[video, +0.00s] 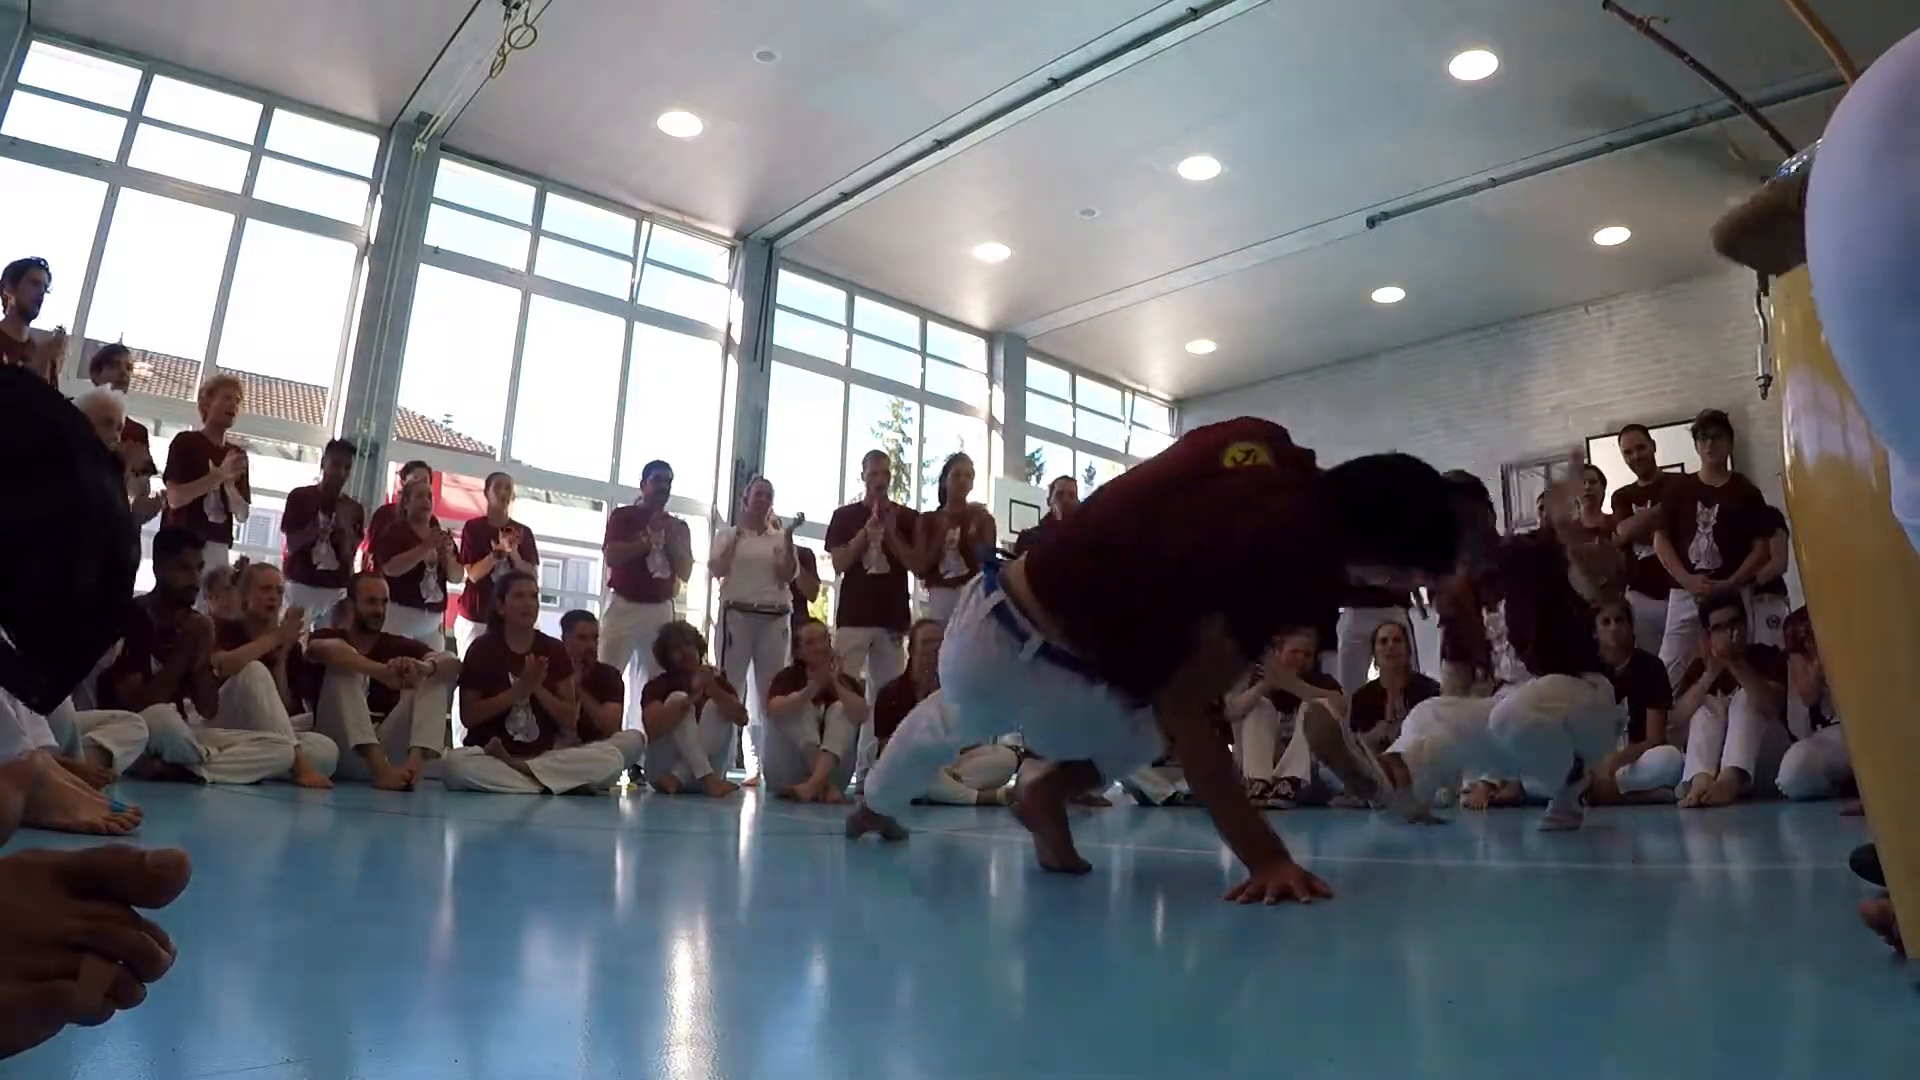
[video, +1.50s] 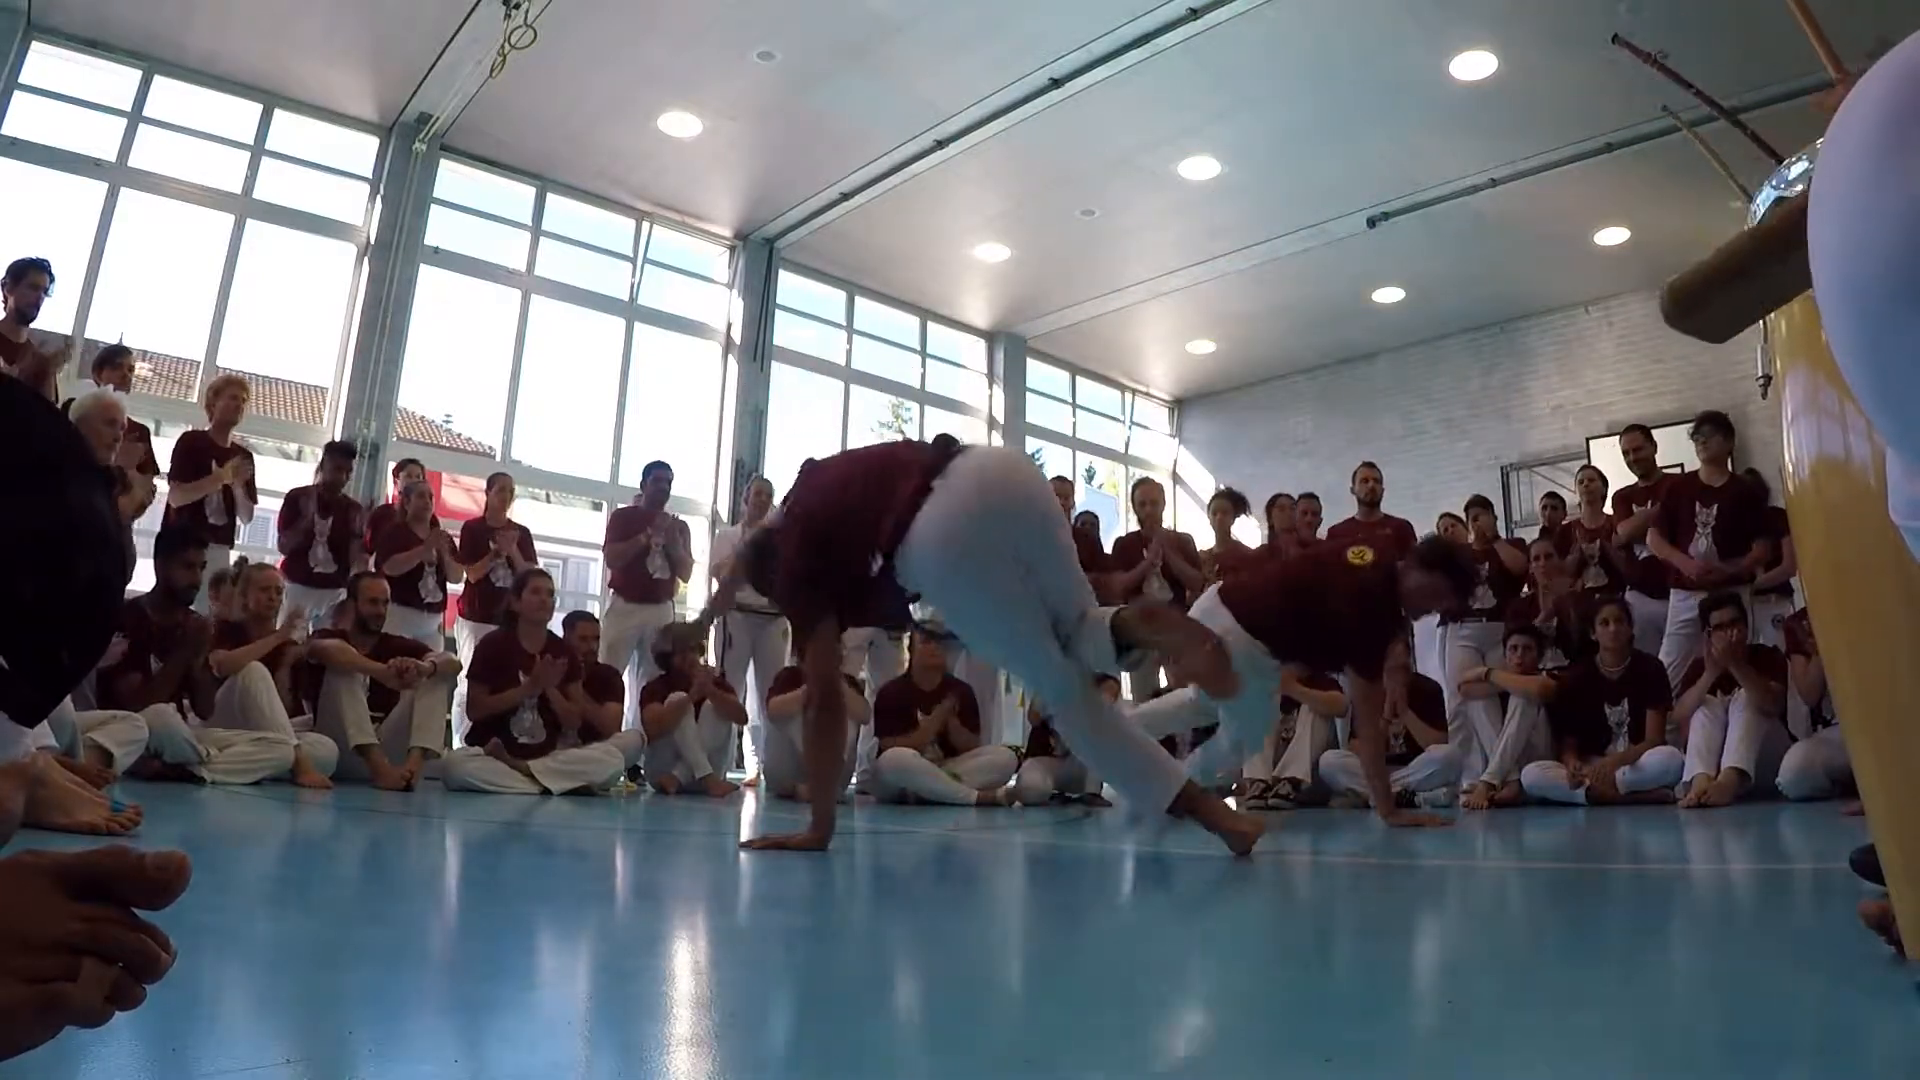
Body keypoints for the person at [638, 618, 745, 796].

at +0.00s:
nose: (686, 652)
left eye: (689, 645)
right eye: (677, 648)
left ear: (698, 647)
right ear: (666, 656)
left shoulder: (716, 680)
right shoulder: (655, 686)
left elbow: (742, 719)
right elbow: (652, 729)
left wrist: (712, 688)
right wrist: (688, 701)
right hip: (664, 771)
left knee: (719, 704)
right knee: (678, 699)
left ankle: (678, 776)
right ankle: (708, 776)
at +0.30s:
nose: (691, 652)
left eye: (693, 645)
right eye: (682, 648)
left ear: (700, 647)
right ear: (669, 655)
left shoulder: (715, 680)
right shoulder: (655, 686)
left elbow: (742, 720)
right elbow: (652, 729)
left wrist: (715, 691)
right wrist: (691, 698)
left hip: (709, 770)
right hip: (664, 771)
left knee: (719, 706)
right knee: (678, 700)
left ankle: (678, 777)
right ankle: (707, 776)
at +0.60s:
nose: (691, 652)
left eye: (693, 645)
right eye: (682, 648)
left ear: (699, 647)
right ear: (668, 655)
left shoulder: (715, 680)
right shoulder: (655, 686)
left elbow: (742, 718)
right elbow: (652, 729)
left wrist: (710, 691)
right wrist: (694, 695)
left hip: (708, 770)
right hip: (664, 771)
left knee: (720, 703)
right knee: (679, 699)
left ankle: (678, 777)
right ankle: (708, 776)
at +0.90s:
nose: (690, 652)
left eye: (693, 646)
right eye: (681, 648)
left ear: (699, 648)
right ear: (668, 656)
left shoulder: (715, 679)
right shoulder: (655, 687)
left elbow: (742, 720)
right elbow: (652, 730)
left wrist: (715, 692)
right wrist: (685, 694)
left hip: (710, 770)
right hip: (665, 771)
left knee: (718, 704)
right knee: (676, 701)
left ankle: (678, 777)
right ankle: (708, 777)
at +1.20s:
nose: (691, 655)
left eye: (693, 648)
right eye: (682, 651)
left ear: (699, 649)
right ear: (667, 658)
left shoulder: (716, 681)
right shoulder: (654, 687)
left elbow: (741, 717)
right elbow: (652, 729)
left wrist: (710, 690)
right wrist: (690, 697)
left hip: (711, 769)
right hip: (665, 771)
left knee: (718, 703)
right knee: (676, 700)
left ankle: (678, 776)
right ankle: (708, 776)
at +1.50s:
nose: (690, 658)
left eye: (694, 650)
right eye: (682, 652)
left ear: (701, 652)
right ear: (667, 658)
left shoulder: (715, 682)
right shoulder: (654, 688)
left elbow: (742, 718)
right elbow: (652, 729)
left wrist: (710, 689)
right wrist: (692, 695)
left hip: (710, 770)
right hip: (665, 771)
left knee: (719, 703)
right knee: (677, 700)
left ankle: (678, 776)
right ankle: (707, 776)